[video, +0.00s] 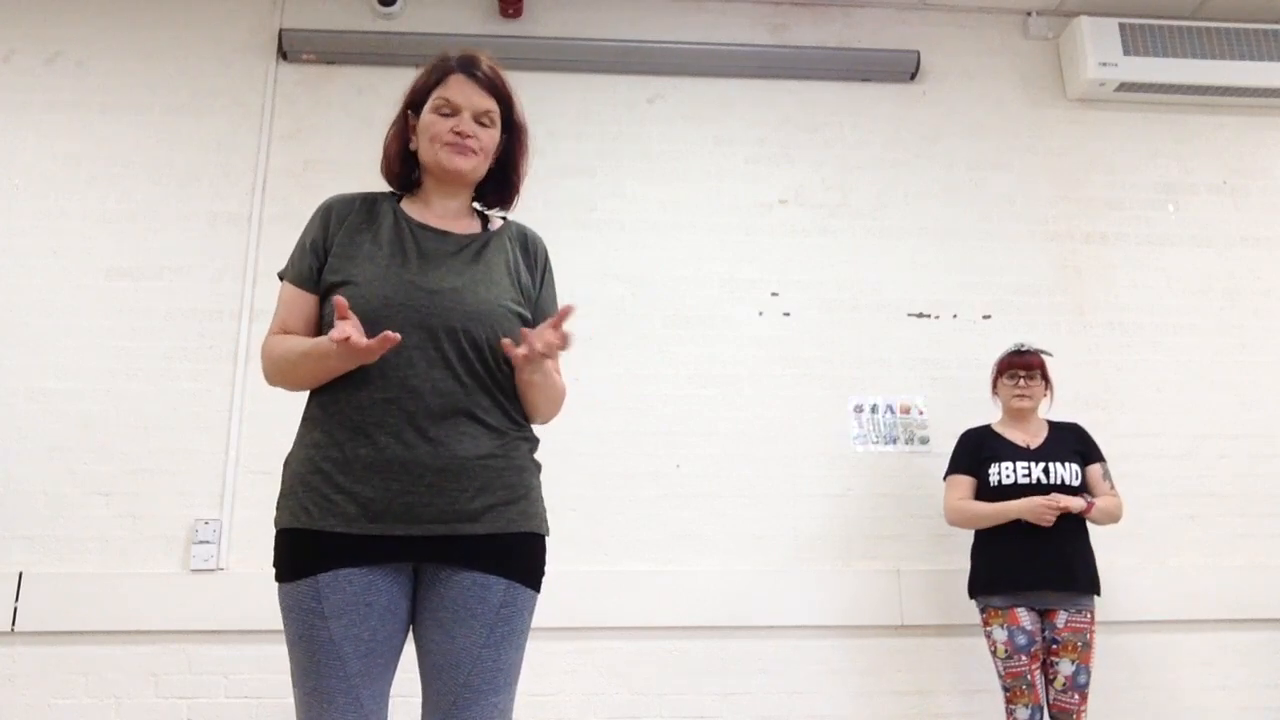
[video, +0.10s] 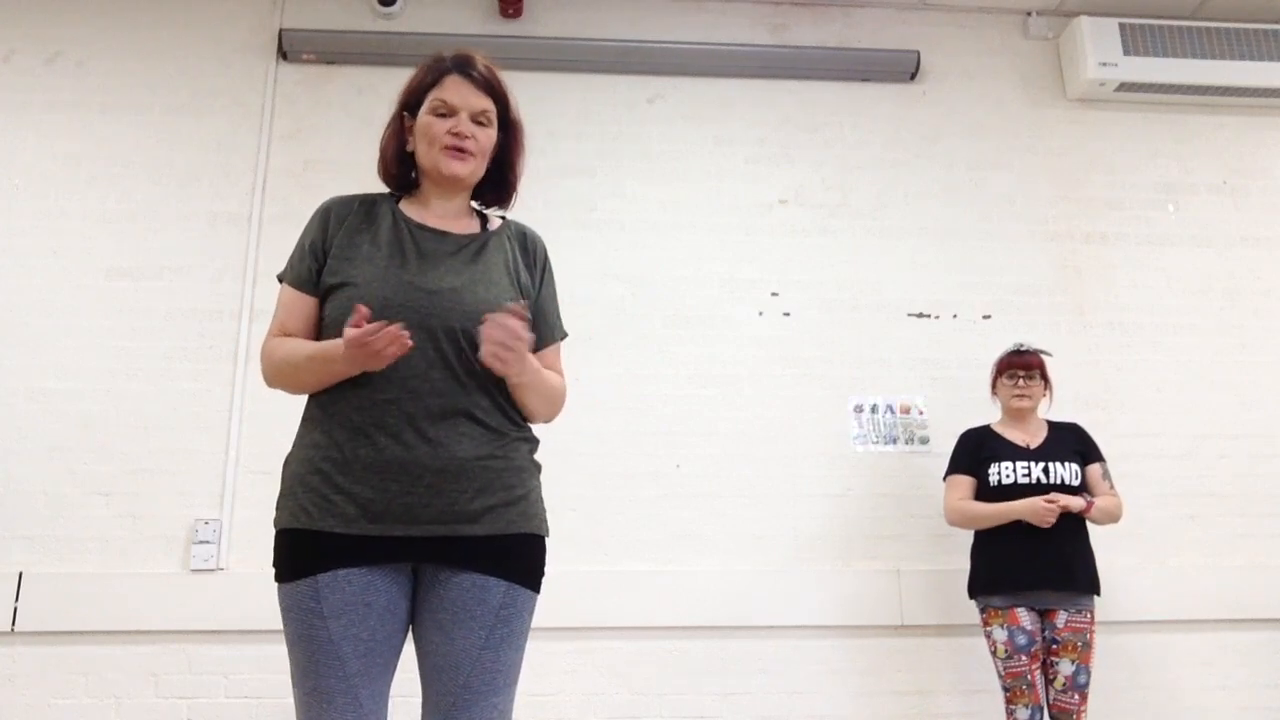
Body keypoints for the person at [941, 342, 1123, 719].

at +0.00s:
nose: (1022, 384)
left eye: (1032, 377)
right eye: (1012, 377)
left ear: (1045, 388)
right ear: (996, 387)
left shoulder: (1074, 436)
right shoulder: (975, 441)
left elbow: (1113, 508)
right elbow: (955, 510)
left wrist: (1084, 505)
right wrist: (1021, 508)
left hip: (1072, 592)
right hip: (1005, 594)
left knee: (1070, 707)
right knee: (1025, 708)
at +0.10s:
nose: (1021, 384)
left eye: (1031, 377)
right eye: (1011, 377)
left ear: (1045, 387)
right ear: (995, 387)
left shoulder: (1073, 436)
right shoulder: (975, 442)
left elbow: (1113, 508)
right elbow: (955, 511)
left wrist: (1084, 505)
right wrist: (1021, 508)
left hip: (1072, 592)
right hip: (1004, 594)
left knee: (1070, 707)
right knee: (1025, 708)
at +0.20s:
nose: (1021, 384)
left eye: (1030, 377)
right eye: (1011, 377)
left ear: (1044, 388)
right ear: (994, 387)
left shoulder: (1073, 436)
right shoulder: (974, 442)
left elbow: (1112, 508)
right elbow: (955, 511)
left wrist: (1084, 505)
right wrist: (1020, 509)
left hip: (1071, 592)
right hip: (1004, 594)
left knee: (1070, 707)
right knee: (1025, 708)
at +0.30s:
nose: (1020, 384)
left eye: (1030, 377)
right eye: (1010, 377)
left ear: (1043, 388)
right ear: (994, 387)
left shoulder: (1072, 436)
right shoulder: (974, 441)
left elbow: (1112, 508)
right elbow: (954, 511)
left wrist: (1083, 505)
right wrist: (1019, 509)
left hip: (1071, 591)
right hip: (1004, 593)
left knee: (1069, 707)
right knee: (1025, 708)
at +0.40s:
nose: (1020, 384)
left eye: (1029, 377)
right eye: (1010, 377)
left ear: (1043, 388)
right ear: (994, 388)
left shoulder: (1072, 436)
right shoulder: (973, 441)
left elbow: (1111, 508)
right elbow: (954, 510)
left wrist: (1082, 505)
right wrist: (1019, 509)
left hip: (1071, 591)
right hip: (1004, 594)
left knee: (1069, 707)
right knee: (1024, 708)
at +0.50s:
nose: (1020, 384)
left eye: (1029, 377)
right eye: (1010, 377)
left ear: (1043, 388)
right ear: (994, 387)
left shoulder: (1072, 436)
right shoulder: (973, 441)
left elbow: (1111, 509)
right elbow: (954, 510)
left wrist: (1082, 505)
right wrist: (1019, 509)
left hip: (1070, 591)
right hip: (1003, 593)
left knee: (1068, 706)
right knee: (1024, 708)